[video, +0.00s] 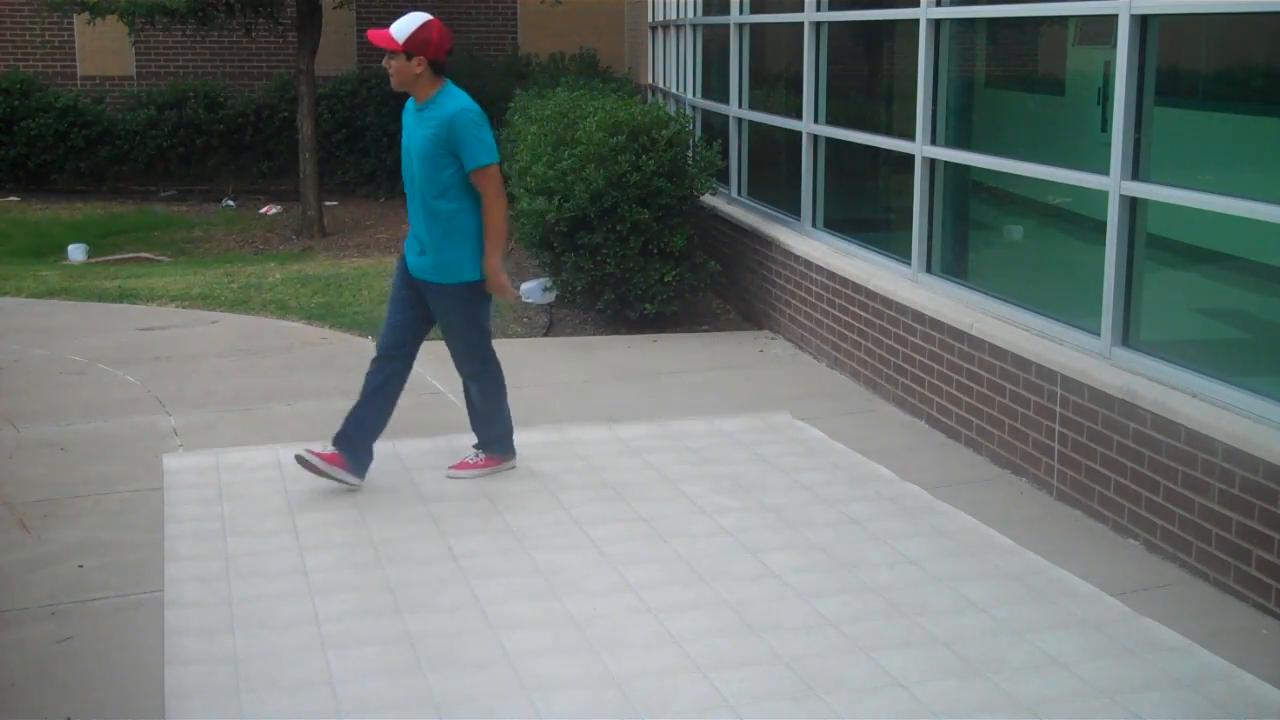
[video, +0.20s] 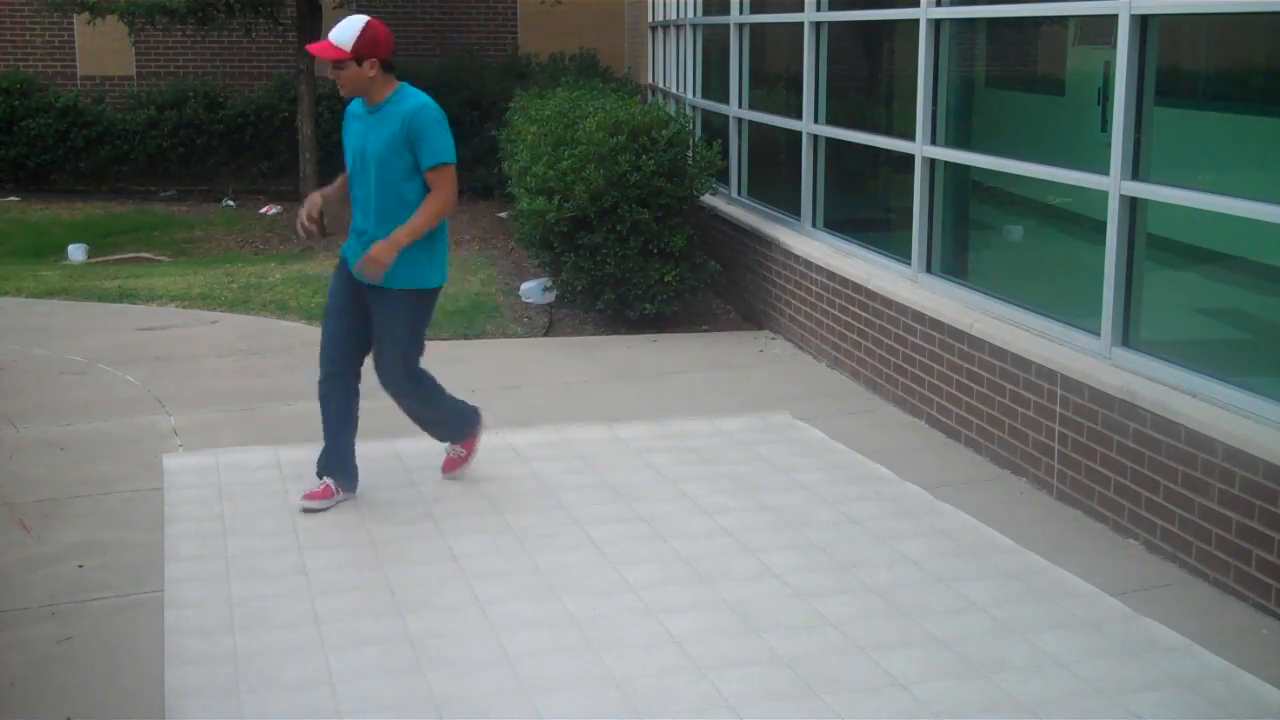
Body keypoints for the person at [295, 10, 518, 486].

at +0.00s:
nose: (385, 62)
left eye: (393, 56)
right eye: (387, 54)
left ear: (420, 64)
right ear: (414, 64)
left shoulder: (463, 114)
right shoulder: (412, 107)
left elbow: (494, 194)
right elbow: (428, 187)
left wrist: (493, 263)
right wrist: (419, 243)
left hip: (458, 269)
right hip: (417, 262)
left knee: (476, 362)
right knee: (390, 358)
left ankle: (497, 448)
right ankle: (350, 455)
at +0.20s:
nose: (332, 73)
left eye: (340, 65)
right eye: (331, 64)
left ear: (371, 66)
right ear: (359, 68)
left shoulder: (421, 112)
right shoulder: (353, 112)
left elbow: (446, 196)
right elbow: (363, 174)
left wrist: (391, 242)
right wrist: (322, 196)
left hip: (410, 273)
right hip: (357, 265)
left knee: (396, 372)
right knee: (336, 369)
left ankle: (463, 425)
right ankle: (338, 475)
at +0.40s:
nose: (311, 74)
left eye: (320, 65)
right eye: (306, 65)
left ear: (351, 58)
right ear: (304, 61)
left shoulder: (397, 104)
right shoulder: (303, 101)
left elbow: (423, 186)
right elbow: (261, 164)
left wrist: (364, 161)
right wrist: (299, 111)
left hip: (374, 265)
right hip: (319, 260)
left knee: (341, 371)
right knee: (319, 374)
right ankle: (336, 473)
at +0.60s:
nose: (308, 90)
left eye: (319, 82)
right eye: (300, 80)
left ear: (344, 76)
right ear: (291, 72)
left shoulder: (378, 115)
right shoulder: (277, 106)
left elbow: (396, 195)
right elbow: (230, 175)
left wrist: (363, 126)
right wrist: (285, 125)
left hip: (347, 283)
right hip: (285, 276)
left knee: (311, 398)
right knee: (304, 392)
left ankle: (290, 520)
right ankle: (336, 469)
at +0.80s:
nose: (308, 88)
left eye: (318, 81)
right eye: (299, 79)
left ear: (340, 71)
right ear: (285, 67)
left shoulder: (372, 108)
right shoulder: (261, 101)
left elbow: (385, 190)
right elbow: (211, 172)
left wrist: (354, 117)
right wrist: (255, 119)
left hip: (339, 290)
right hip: (269, 281)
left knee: (312, 414)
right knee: (242, 386)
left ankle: (289, 530)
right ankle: (280, 459)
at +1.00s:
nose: (303, 83)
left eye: (315, 76)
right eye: (293, 74)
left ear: (336, 71)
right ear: (279, 65)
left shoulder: (368, 103)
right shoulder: (253, 104)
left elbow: (396, 184)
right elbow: (218, 179)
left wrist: (351, 118)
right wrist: (260, 107)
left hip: (344, 288)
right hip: (273, 283)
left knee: (317, 422)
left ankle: (292, 526)